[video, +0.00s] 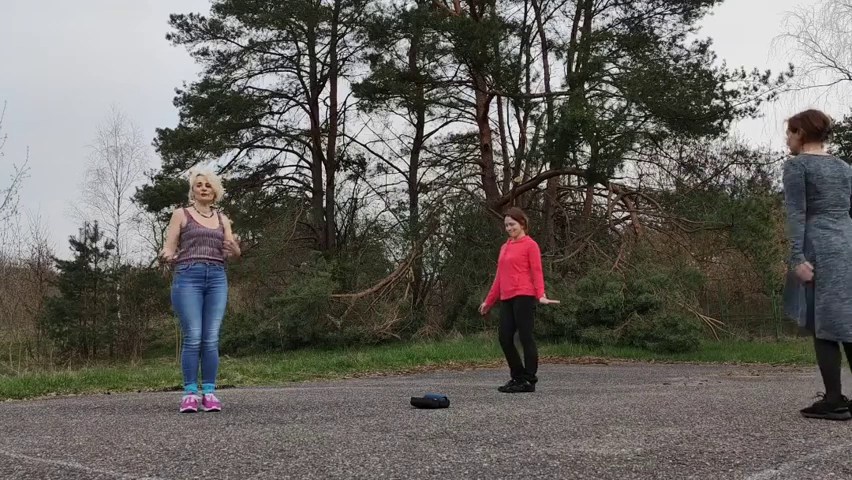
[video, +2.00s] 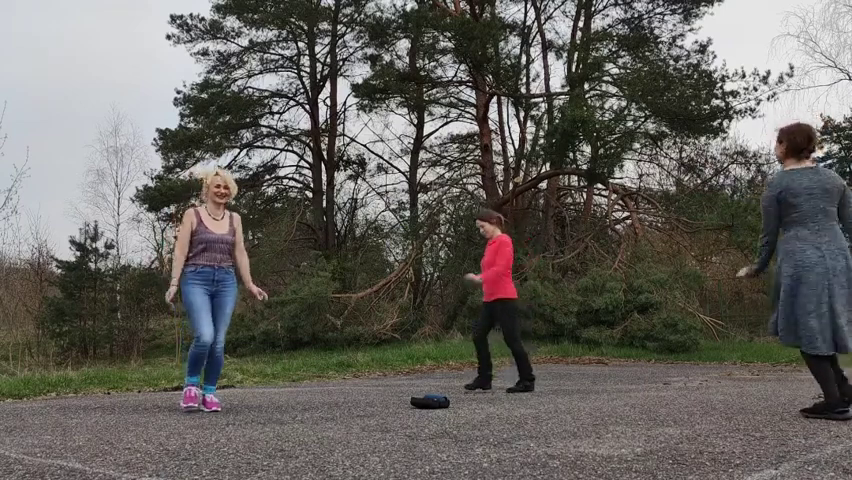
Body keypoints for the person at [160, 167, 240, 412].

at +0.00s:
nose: (204, 189)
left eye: (208, 185)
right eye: (199, 185)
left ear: (216, 190)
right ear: (192, 190)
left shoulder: (222, 219)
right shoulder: (181, 214)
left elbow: (233, 254)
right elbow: (169, 248)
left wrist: (234, 249)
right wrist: (168, 255)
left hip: (217, 277)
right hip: (188, 277)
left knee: (211, 338)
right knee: (193, 336)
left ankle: (209, 393)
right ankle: (190, 393)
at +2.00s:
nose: (222, 191)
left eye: (226, 187)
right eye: (217, 186)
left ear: (231, 192)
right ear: (207, 189)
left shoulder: (234, 219)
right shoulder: (193, 214)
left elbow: (240, 253)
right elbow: (181, 251)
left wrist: (249, 283)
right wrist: (174, 282)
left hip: (226, 280)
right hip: (195, 279)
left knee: (218, 341)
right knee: (205, 337)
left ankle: (209, 392)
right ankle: (192, 385)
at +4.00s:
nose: (307, 116)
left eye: (311, 113)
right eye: (301, 111)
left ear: (316, 123)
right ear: (286, 119)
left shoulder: (323, 159)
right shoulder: (277, 155)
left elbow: (363, 146)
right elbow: (286, 131)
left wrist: (364, 99)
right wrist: (295, 81)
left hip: (331, 239)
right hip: (293, 235)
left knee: (351, 325)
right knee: (305, 322)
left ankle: (360, 408)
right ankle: (272, 394)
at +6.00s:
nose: (293, 114)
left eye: (297, 110)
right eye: (284, 110)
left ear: (304, 120)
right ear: (270, 122)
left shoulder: (303, 161)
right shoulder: (264, 151)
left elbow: (296, 210)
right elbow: (252, 198)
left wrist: (313, 216)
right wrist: (263, 171)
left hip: (305, 247)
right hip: (269, 243)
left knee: (304, 334)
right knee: (272, 331)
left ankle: (306, 414)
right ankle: (223, 389)